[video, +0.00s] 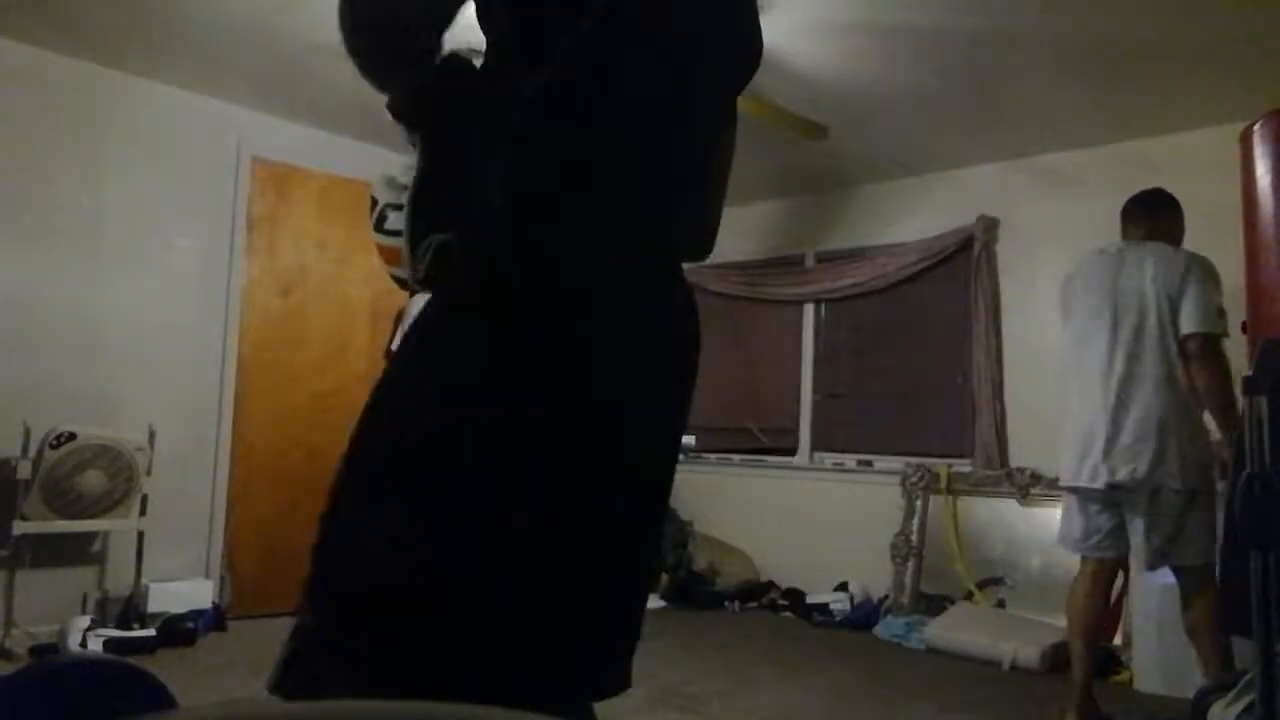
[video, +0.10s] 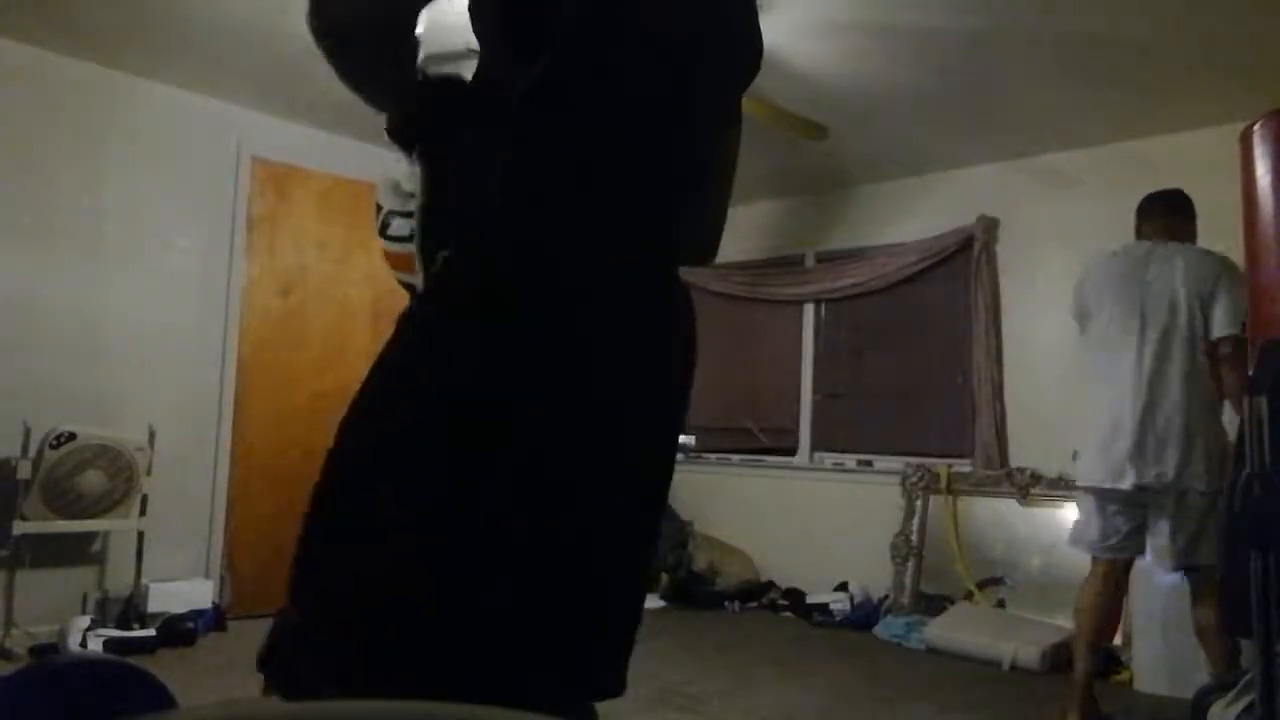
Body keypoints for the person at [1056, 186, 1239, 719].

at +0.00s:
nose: (1180, 238)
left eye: (1178, 231)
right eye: (1178, 230)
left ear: (1125, 226)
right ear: (1170, 226)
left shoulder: (1080, 274)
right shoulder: (1186, 267)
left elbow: (1084, 356)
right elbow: (1199, 352)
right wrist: (1230, 434)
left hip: (1090, 453)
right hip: (1168, 452)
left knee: (1094, 568)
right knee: (1196, 580)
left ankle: (1079, 699)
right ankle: (1221, 691)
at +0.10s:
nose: (1190, 238)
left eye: (1184, 232)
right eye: (1190, 230)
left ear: (1137, 230)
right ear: (1190, 227)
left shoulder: (1098, 271)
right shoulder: (1213, 269)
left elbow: (1092, 344)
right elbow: (1229, 358)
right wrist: (1249, 424)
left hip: (1111, 451)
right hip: (1191, 452)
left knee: (1104, 572)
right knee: (1206, 582)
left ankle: (1080, 699)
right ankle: (1228, 694)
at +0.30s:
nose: (1215, 238)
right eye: (1218, 230)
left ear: (1167, 225)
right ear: (1220, 228)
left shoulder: (1133, 267)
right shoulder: (1239, 265)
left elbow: (1100, 342)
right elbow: (1260, 337)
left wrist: (1152, 318)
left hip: (1139, 444)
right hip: (1219, 447)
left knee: (1124, 562)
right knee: (1225, 576)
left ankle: (1088, 691)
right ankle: (1229, 693)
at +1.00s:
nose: (1132, 235)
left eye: (1131, 227)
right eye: (1136, 229)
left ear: (1137, 226)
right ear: (1188, 222)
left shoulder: (1122, 270)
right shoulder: (1230, 267)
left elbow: (1095, 352)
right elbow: (1247, 347)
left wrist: (1147, 368)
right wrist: (1201, 366)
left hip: (1139, 448)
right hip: (1217, 450)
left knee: (1132, 576)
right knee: (1216, 579)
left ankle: (1127, 703)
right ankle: (1231, 697)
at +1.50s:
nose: (1073, 236)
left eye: (1076, 226)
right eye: (1074, 226)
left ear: (1094, 225)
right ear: (1134, 224)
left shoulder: (1081, 275)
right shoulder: (1188, 272)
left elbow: (1047, 359)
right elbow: (1223, 353)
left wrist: (1072, 403)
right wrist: (1167, 387)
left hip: (1106, 452)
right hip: (1174, 452)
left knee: (1114, 573)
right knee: (1172, 569)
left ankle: (1124, 701)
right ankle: (1205, 678)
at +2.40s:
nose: (1072, 228)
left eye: (1083, 219)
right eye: (1078, 218)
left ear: (1111, 227)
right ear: (1124, 232)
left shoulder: (1111, 270)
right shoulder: (1147, 276)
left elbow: (1116, 347)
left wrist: (1080, 415)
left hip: (1125, 445)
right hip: (1160, 446)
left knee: (1068, 546)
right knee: (1139, 559)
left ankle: (1091, 688)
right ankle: (1163, 689)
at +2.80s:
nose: (1030, 221)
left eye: (1042, 214)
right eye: (1036, 212)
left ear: (1071, 227)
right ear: (1074, 229)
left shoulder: (1074, 271)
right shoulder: (1081, 271)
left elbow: (1078, 358)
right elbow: (1077, 360)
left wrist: (1033, 426)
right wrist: (1036, 423)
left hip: (1081, 451)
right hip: (1090, 450)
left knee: (1059, 565)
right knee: (1072, 563)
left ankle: (1088, 692)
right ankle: (1133, 663)